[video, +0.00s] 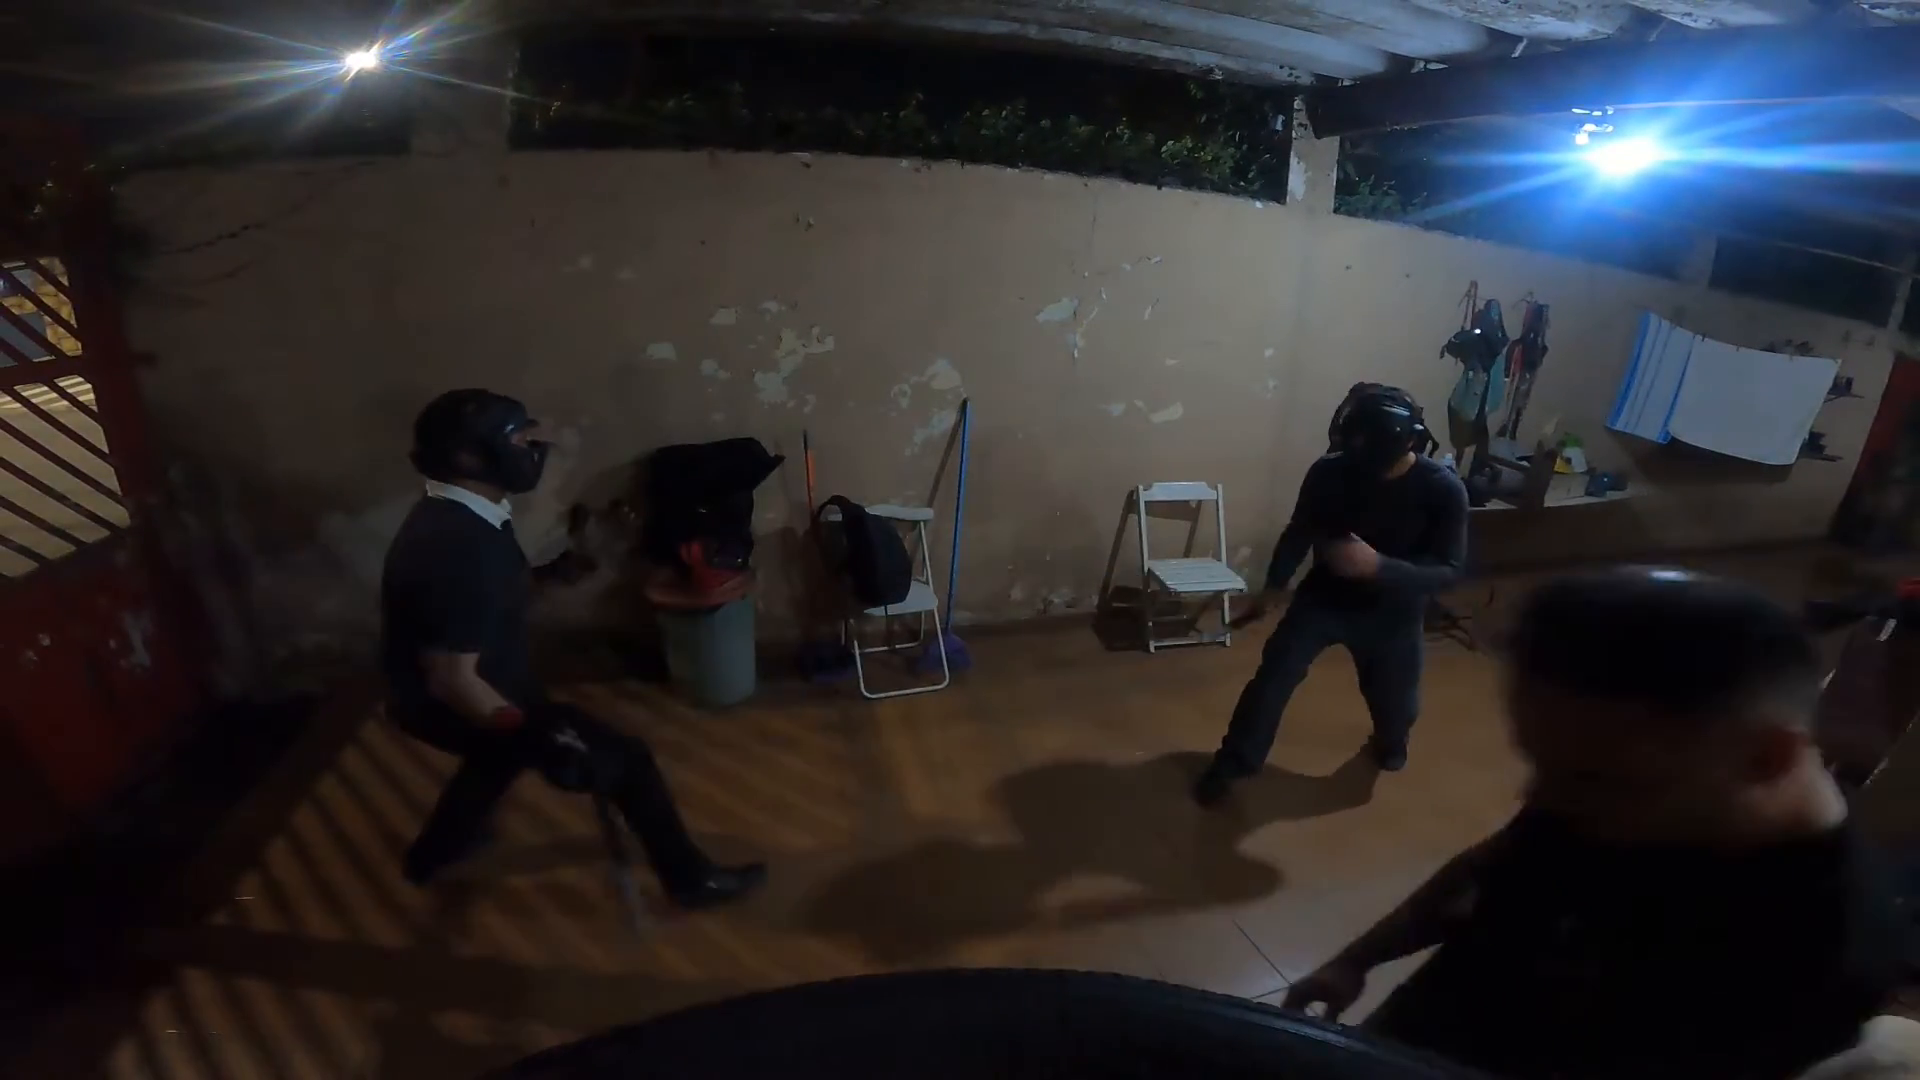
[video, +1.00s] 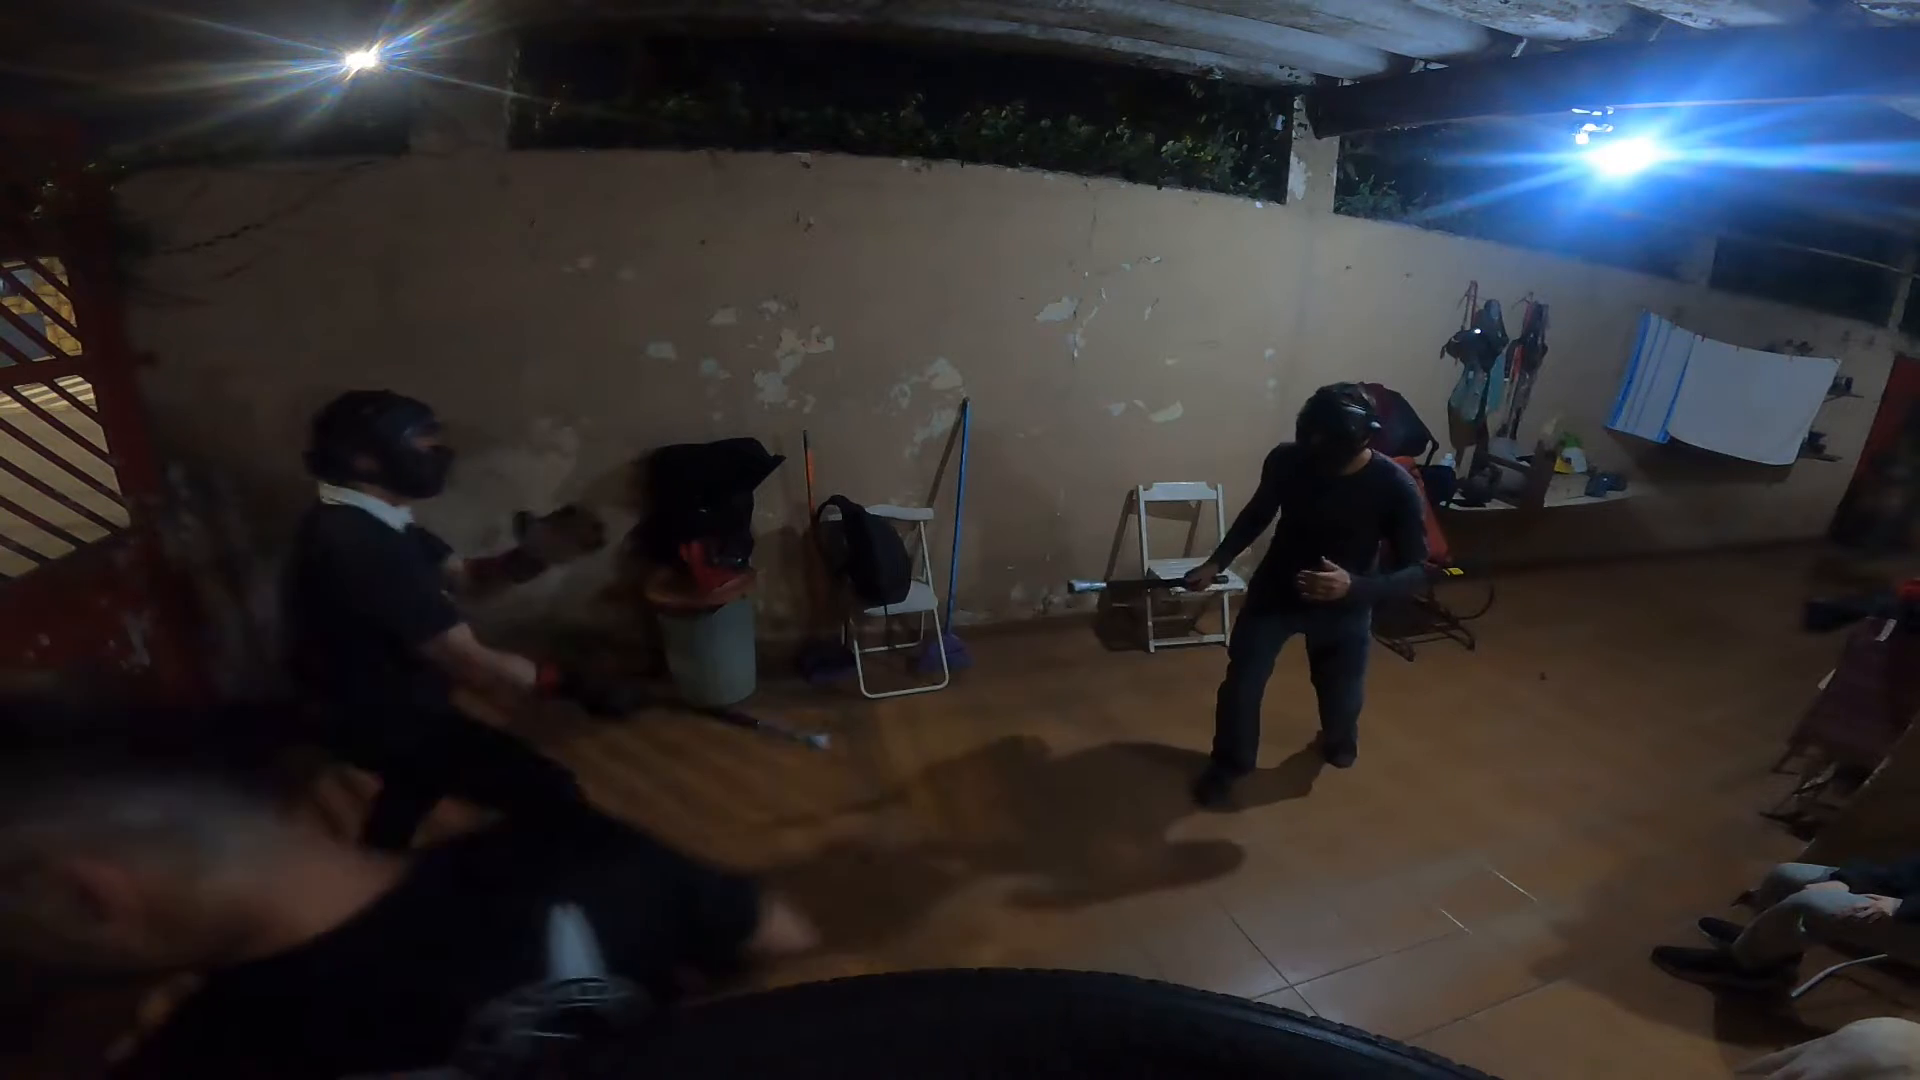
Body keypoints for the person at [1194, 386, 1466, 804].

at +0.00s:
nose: (1354, 452)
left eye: (1365, 444)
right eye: (1353, 441)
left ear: (1401, 445)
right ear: (1353, 438)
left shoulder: (1442, 490)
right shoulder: (1330, 473)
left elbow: (1450, 571)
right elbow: (1297, 536)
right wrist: (1267, 593)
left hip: (1393, 612)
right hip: (1324, 599)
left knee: (1396, 705)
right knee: (1273, 677)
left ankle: (1391, 747)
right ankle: (1234, 760)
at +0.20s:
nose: (1354, 467)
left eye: (1363, 458)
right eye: (1347, 454)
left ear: (1394, 446)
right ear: (1341, 441)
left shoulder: (1431, 490)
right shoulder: (1327, 474)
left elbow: (1416, 572)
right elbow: (1296, 548)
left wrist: (1329, 527)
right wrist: (1287, 606)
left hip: (1396, 614)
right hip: (1325, 609)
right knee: (1272, 673)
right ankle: (1231, 761)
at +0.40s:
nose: (1318, 458)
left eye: (1327, 451)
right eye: (1313, 449)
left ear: (1363, 441)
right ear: (1310, 438)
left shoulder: (1408, 481)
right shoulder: (1296, 469)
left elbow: (1425, 568)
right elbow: (1271, 526)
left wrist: (1343, 560)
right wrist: (1244, 577)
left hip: (1369, 595)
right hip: (1303, 586)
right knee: (1261, 670)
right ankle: (1234, 757)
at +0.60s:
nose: (1313, 458)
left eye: (1322, 451)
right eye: (1307, 448)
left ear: (1357, 441)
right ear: (1300, 436)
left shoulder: (1400, 479)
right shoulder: (1288, 464)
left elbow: (1437, 557)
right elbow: (1257, 516)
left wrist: (1389, 583)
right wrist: (1207, 559)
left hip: (1362, 602)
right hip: (1292, 592)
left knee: (1370, 708)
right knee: (1252, 682)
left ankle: (1341, 739)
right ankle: (1226, 775)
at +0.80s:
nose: (1330, 469)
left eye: (1341, 462)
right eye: (1324, 459)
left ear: (1370, 451)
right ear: (1316, 443)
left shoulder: (1402, 492)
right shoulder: (1293, 466)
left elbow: (1423, 575)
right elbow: (1261, 517)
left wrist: (1374, 586)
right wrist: (1215, 567)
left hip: (1347, 607)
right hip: (1280, 592)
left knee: (1345, 702)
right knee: (1237, 687)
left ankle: (1341, 743)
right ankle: (1228, 765)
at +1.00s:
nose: (1315, 462)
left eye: (1326, 456)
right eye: (1311, 450)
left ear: (1360, 446)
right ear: (1305, 437)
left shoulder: (1396, 488)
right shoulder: (1286, 463)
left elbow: (1415, 573)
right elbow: (1257, 513)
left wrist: (1354, 586)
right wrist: (1215, 564)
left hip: (1344, 603)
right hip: (1277, 589)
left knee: (1342, 695)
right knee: (1241, 684)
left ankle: (1340, 742)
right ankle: (1229, 765)